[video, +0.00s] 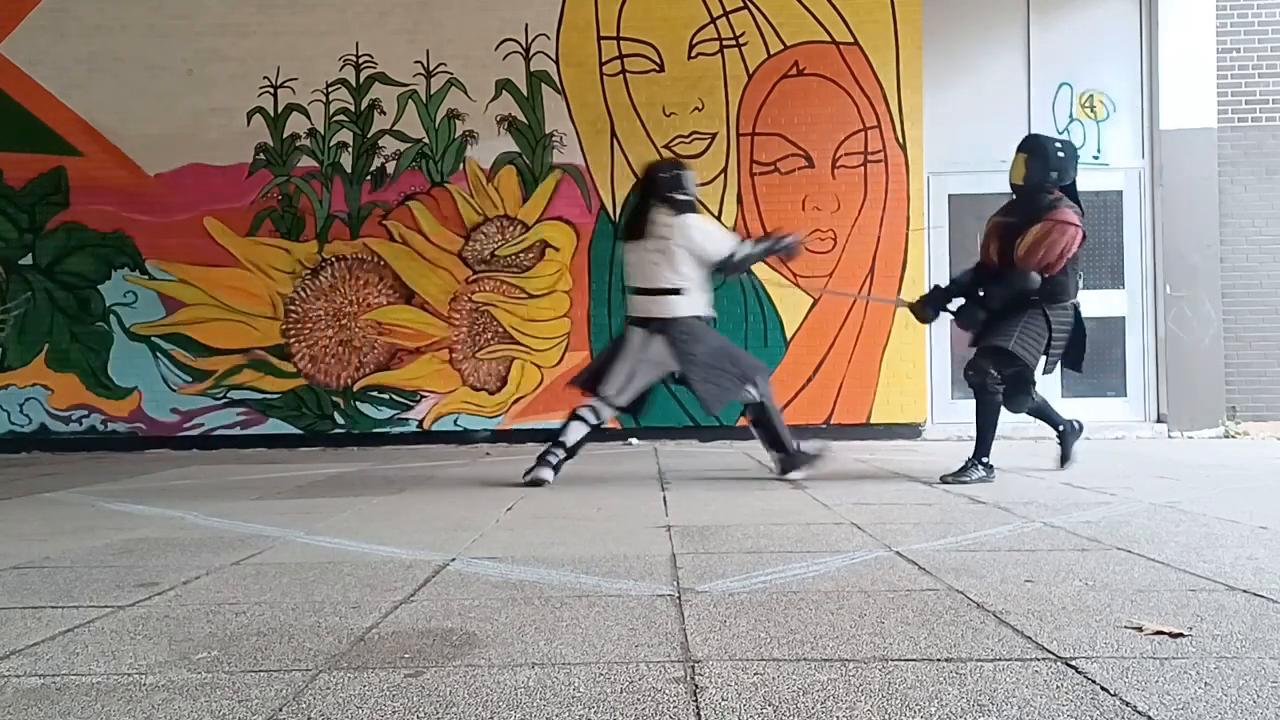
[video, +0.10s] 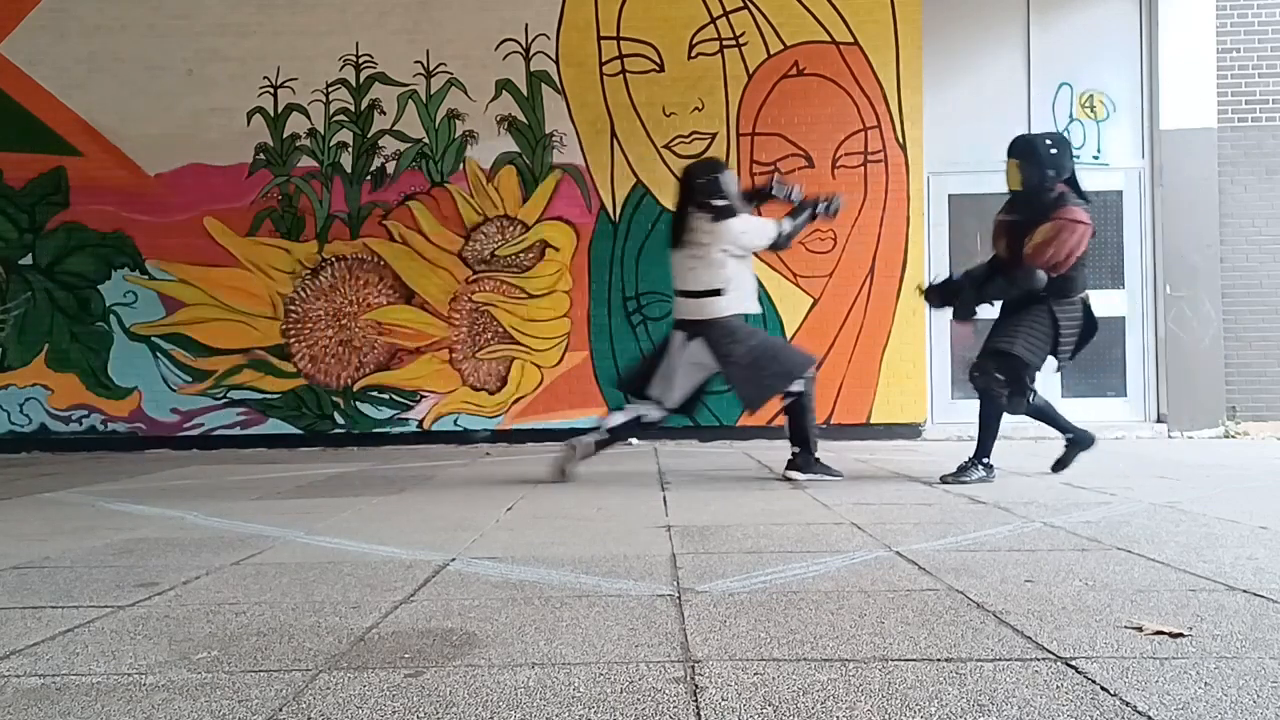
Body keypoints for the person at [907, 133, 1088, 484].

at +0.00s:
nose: (1017, 170)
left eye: (1027, 164)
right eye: (1018, 162)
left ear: (1052, 174)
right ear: (1019, 164)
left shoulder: (1061, 221)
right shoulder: (1014, 211)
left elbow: (1027, 280)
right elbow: (988, 269)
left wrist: (983, 306)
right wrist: (943, 294)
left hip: (1044, 309)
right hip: (1011, 306)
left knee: (984, 371)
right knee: (1017, 395)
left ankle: (981, 462)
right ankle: (1066, 428)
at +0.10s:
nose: (1012, 175)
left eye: (1020, 168)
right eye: (1012, 168)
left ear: (1047, 172)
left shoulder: (1069, 218)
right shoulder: (1021, 207)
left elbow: (1029, 277)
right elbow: (1000, 265)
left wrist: (971, 297)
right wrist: (951, 287)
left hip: (1052, 307)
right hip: (1021, 303)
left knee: (991, 373)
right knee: (1012, 390)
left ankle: (981, 462)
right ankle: (1076, 435)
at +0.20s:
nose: (1038, 170)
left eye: (1046, 163)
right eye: (1039, 162)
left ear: (1074, 166)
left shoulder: (1090, 212)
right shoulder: (1043, 202)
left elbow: (1038, 252)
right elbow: (1021, 248)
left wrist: (974, 249)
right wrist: (972, 250)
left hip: (1064, 304)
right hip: (1038, 300)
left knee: (1005, 377)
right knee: (1022, 387)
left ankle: (982, 462)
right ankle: (1108, 438)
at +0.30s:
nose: (1066, 149)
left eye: (1075, 143)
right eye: (1068, 141)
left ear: (1101, 146)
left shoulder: (1119, 189)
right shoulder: (1068, 184)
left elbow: (1059, 219)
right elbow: (1032, 226)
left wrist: (996, 200)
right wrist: (994, 201)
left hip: (1096, 300)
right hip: (1071, 297)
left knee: (1030, 381)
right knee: (1068, 395)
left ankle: (989, 461)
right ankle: (1140, 463)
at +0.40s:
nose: (1090, 127)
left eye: (1097, 121)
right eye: (1093, 120)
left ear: (1119, 128)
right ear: (1126, 129)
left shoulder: (1139, 172)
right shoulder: (1119, 169)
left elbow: (1076, 192)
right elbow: (1055, 199)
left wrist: (1017, 167)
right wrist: (1021, 167)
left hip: (1120, 291)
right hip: (1116, 289)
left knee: (1054, 360)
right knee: (1091, 379)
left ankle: (1056, 451)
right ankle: (1142, 463)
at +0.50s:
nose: (1117, 106)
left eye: (1124, 99)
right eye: (1120, 98)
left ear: (1146, 109)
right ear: (1160, 110)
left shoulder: (1160, 155)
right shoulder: (1166, 150)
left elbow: (1094, 179)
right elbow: (1096, 172)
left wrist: (1035, 152)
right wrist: (1054, 146)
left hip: (1150, 272)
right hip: (1152, 270)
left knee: (1107, 356)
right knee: (1109, 357)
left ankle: (1149, 456)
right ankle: (1152, 448)